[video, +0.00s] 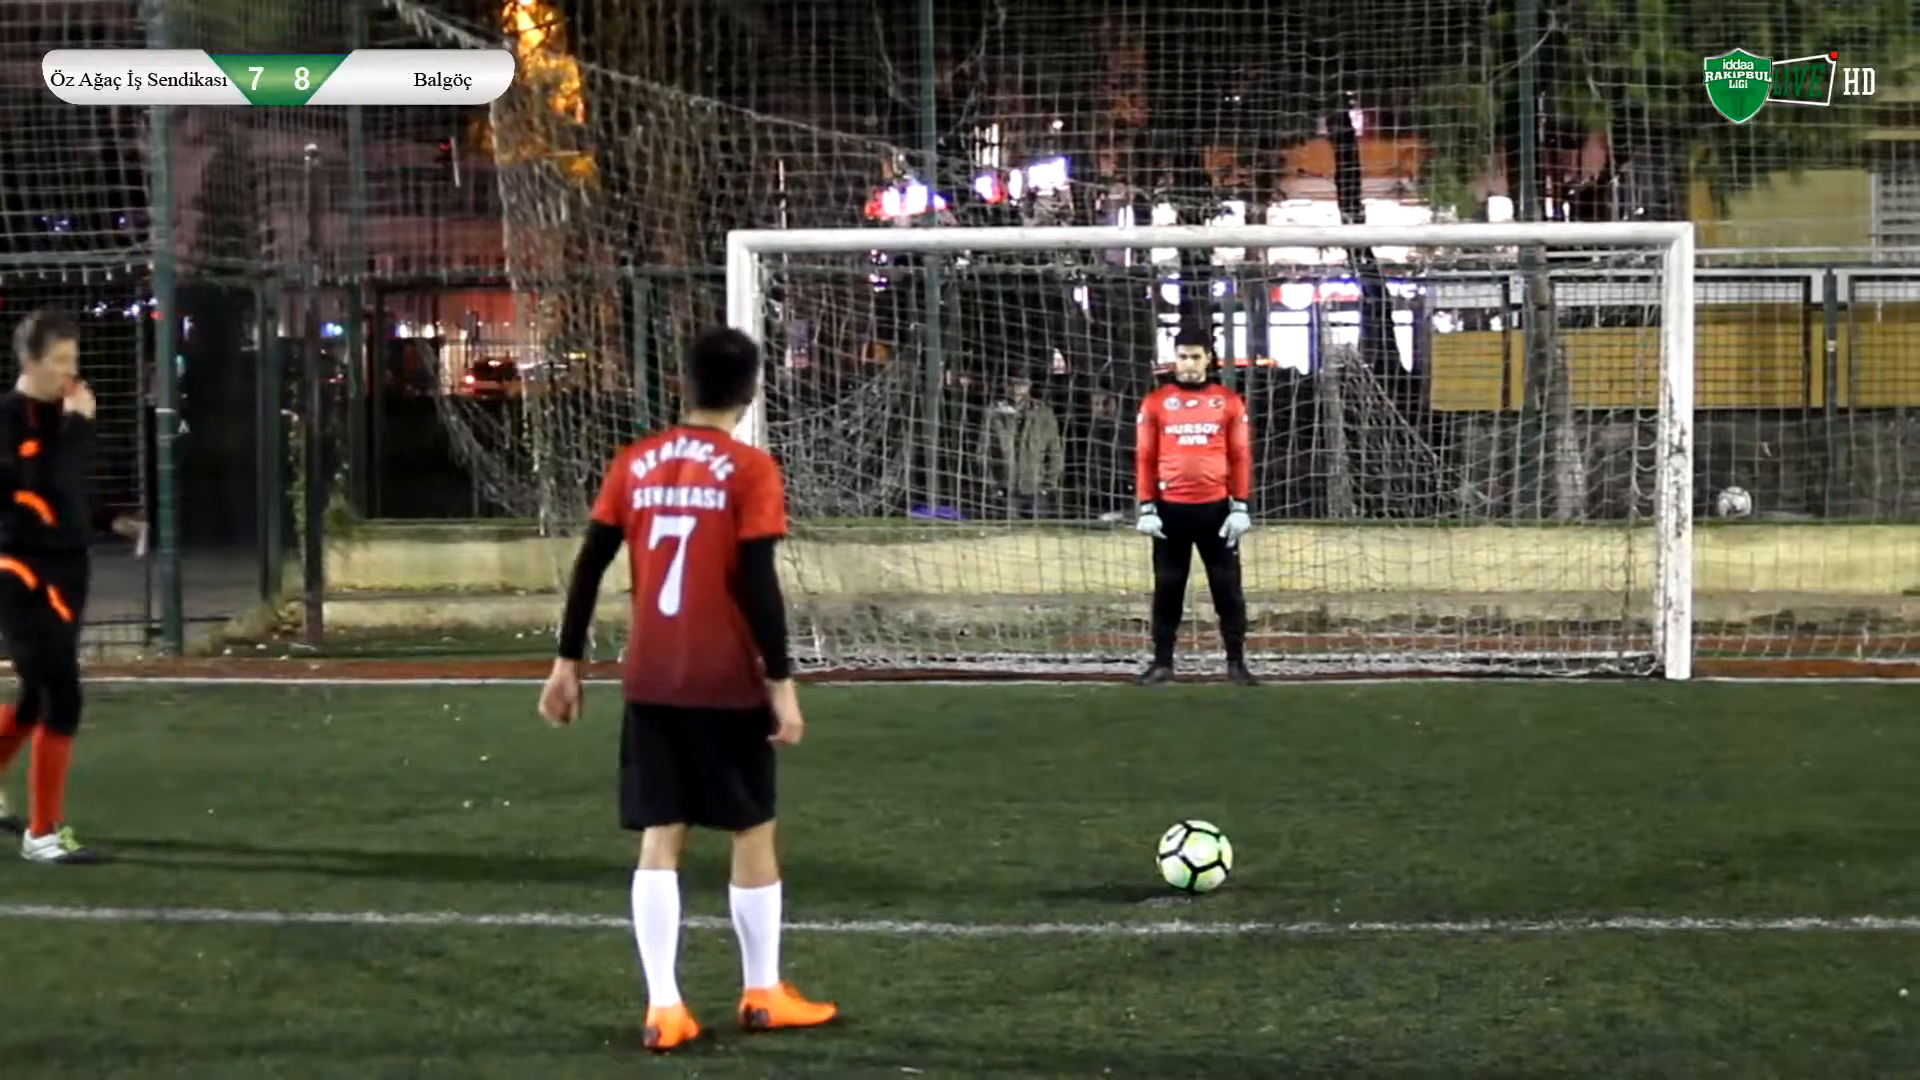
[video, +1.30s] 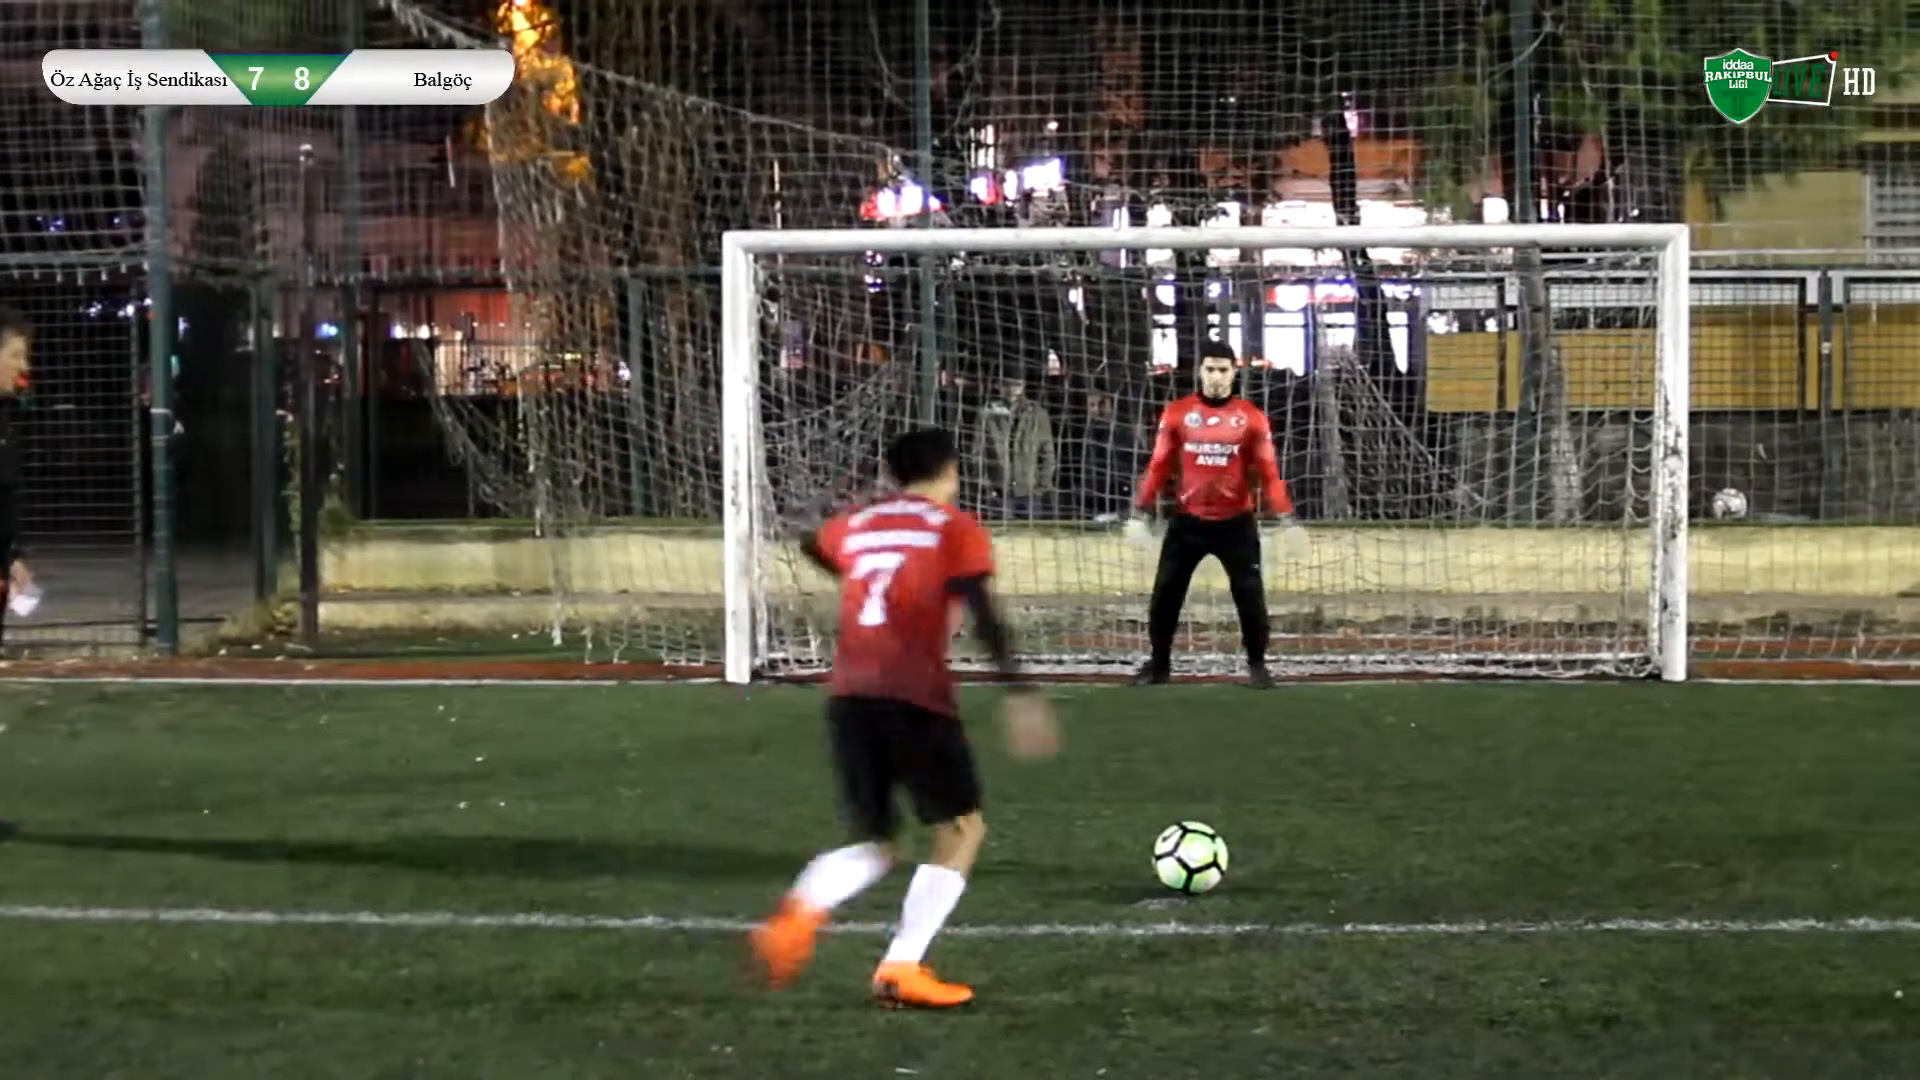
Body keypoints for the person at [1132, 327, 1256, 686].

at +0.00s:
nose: (1189, 364)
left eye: (1196, 357)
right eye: (1183, 356)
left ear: (1209, 359)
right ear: (1174, 359)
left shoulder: (1229, 402)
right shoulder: (1154, 403)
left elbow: (1241, 455)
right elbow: (1145, 456)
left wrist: (1240, 504)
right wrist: (1146, 505)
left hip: (1216, 506)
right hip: (1170, 507)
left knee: (1228, 589)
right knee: (1167, 588)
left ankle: (1236, 662)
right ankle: (1162, 662)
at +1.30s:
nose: (1216, 377)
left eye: (1223, 370)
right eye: (1210, 370)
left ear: (1234, 374)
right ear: (1200, 372)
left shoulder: (1252, 418)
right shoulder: (1176, 413)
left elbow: (1269, 472)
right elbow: (1159, 465)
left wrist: (1283, 515)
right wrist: (1141, 507)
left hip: (1235, 525)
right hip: (1188, 524)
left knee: (1250, 595)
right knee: (1165, 594)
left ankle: (1257, 665)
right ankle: (1159, 664)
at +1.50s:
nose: (1206, 434)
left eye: (1213, 426)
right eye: (1199, 426)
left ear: (1226, 428)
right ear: (1189, 429)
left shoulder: (1250, 458)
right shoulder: (1180, 460)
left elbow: (1277, 498)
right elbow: (1148, 496)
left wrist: (1309, 539)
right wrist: (1111, 525)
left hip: (1246, 545)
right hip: (1199, 545)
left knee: (1270, 592)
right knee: (1159, 602)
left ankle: (1234, 657)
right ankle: (1112, 678)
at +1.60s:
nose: (1210, 474)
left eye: (1217, 465)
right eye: (1203, 465)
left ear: (1229, 467)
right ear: (1193, 469)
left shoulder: (1254, 496)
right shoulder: (1184, 498)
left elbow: (1282, 530)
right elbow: (1150, 530)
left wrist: (1306, 565)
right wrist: (1112, 557)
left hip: (1248, 570)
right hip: (1201, 568)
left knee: (1280, 598)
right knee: (1154, 615)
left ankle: (1244, 671)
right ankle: (1109, 680)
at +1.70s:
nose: (1253, 497)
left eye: (1261, 491)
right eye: (1247, 489)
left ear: (1274, 497)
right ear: (1233, 494)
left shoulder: (1287, 529)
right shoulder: (1217, 522)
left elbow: (1308, 566)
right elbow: (1188, 549)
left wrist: (1319, 579)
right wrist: (1169, 563)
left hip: (1258, 609)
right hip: (1216, 602)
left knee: (1292, 629)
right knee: (1161, 636)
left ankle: (1239, 692)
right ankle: (1098, 686)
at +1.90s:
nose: (1421, 526)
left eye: (1422, 522)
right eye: (1416, 519)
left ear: (1419, 530)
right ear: (1404, 518)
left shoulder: (1415, 563)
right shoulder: (1372, 540)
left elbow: (1460, 572)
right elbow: (1383, 521)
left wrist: (1482, 546)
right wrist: (1427, 505)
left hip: (1337, 651)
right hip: (1310, 626)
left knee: (1339, 707)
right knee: (1234, 661)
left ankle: (1263, 705)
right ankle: (1150, 694)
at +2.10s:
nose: (1562, 609)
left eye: (1566, 607)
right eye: (1556, 601)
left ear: (1565, 614)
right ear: (1544, 596)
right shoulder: (1525, 602)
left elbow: (1592, 656)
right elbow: (1561, 588)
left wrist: (1623, 648)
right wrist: (1609, 601)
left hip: (1478, 693)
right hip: (1462, 659)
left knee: (1412, 707)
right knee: (1387, 661)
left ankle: (1339, 712)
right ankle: (1325, 681)